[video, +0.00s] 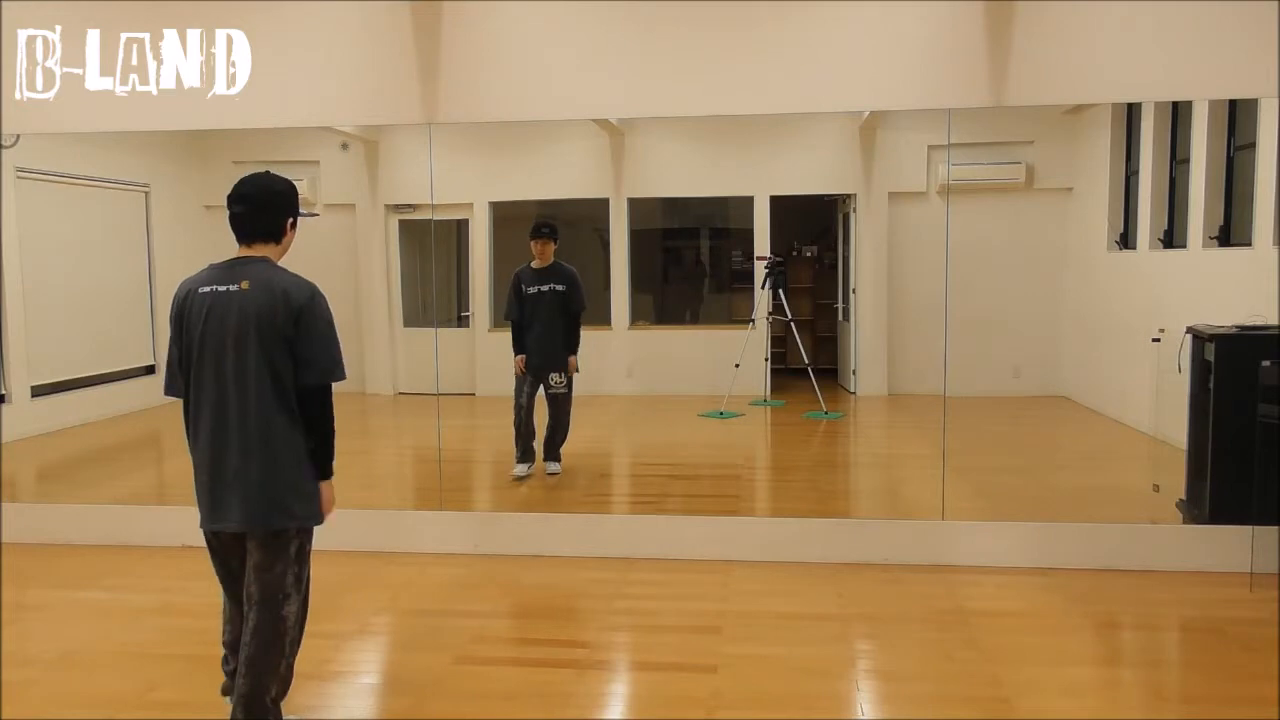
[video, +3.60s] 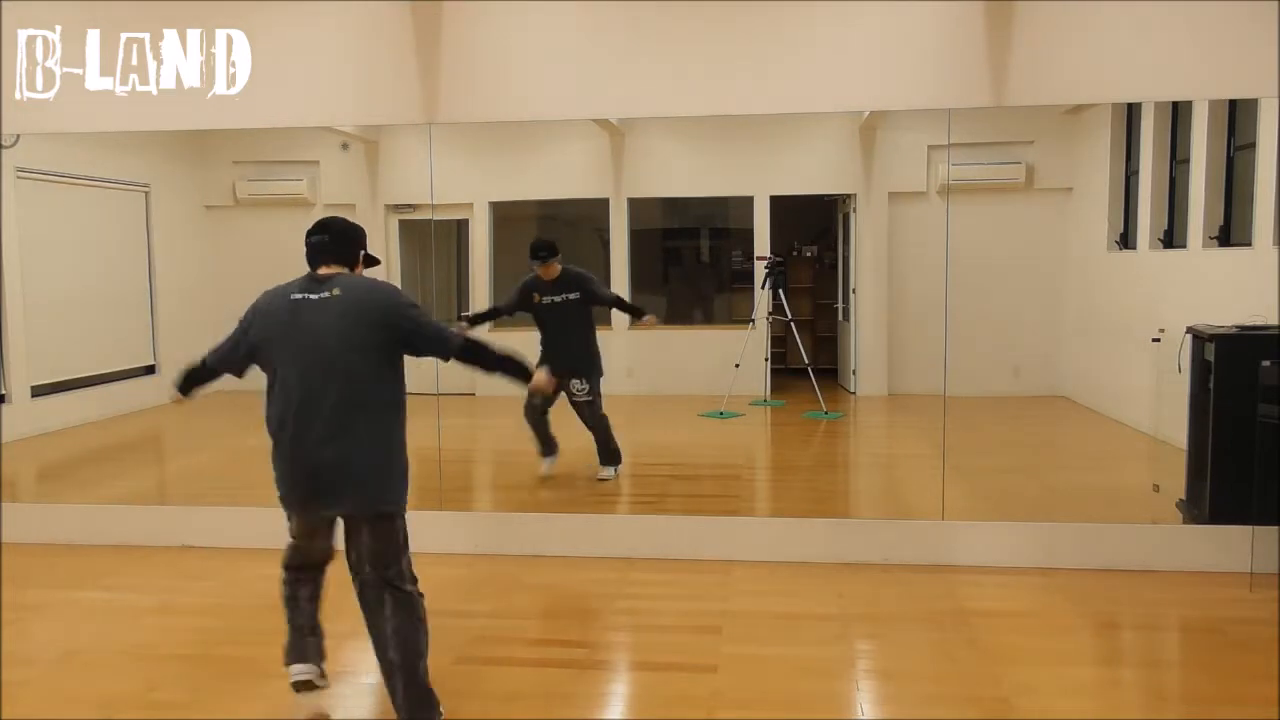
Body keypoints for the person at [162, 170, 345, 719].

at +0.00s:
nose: (295, 229)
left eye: (296, 220)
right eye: (295, 221)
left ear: (233, 225)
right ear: (287, 227)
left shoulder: (191, 292)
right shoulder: (300, 296)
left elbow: (184, 390)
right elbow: (316, 397)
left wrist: (209, 457)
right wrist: (323, 474)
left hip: (215, 483)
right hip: (281, 484)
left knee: (237, 596)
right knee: (274, 607)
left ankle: (240, 691)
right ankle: (257, 710)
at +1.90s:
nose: (337, 304)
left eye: (338, 299)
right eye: (339, 299)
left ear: (289, 279)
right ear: (331, 289)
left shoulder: (231, 302)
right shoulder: (331, 308)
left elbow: (204, 387)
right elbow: (343, 396)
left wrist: (211, 452)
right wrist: (348, 469)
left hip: (212, 462)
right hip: (282, 462)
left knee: (218, 577)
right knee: (294, 578)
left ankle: (216, 688)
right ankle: (293, 692)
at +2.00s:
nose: (335, 318)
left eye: (337, 312)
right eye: (338, 311)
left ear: (289, 293)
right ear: (330, 300)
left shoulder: (239, 323)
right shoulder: (329, 331)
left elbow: (210, 414)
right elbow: (347, 416)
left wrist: (208, 495)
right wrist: (352, 497)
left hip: (228, 466)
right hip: (291, 468)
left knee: (256, 552)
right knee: (307, 587)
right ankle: (297, 692)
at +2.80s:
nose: (337, 291)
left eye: (338, 286)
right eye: (338, 285)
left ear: (289, 264)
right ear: (329, 275)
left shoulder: (237, 284)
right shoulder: (334, 294)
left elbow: (221, 361)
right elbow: (360, 378)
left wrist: (245, 414)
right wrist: (368, 443)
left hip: (233, 448)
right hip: (295, 451)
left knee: (257, 560)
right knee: (304, 571)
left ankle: (258, 649)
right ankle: (283, 688)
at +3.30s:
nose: (343, 288)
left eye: (341, 283)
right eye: (343, 282)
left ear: (289, 275)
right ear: (334, 279)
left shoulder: (244, 305)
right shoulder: (341, 310)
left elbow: (203, 379)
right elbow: (359, 377)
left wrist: (245, 381)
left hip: (246, 470)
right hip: (311, 468)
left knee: (248, 577)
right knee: (346, 557)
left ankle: (248, 676)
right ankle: (308, 625)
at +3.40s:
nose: (348, 268)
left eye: (346, 263)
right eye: (348, 262)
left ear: (293, 257)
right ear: (342, 261)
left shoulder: (250, 296)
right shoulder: (350, 292)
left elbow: (179, 346)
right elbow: (400, 330)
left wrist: (234, 335)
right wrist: (444, 341)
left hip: (261, 468)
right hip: (329, 467)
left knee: (254, 577)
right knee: (382, 563)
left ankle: (248, 676)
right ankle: (372, 661)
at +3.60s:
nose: (366, 268)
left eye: (365, 263)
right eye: (365, 261)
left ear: (309, 259)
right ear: (358, 260)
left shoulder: (271, 306)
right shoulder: (382, 299)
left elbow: (224, 358)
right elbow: (457, 345)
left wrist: (188, 381)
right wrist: (527, 374)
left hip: (302, 469)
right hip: (374, 468)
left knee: (305, 562)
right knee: (388, 581)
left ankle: (304, 660)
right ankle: (418, 709)